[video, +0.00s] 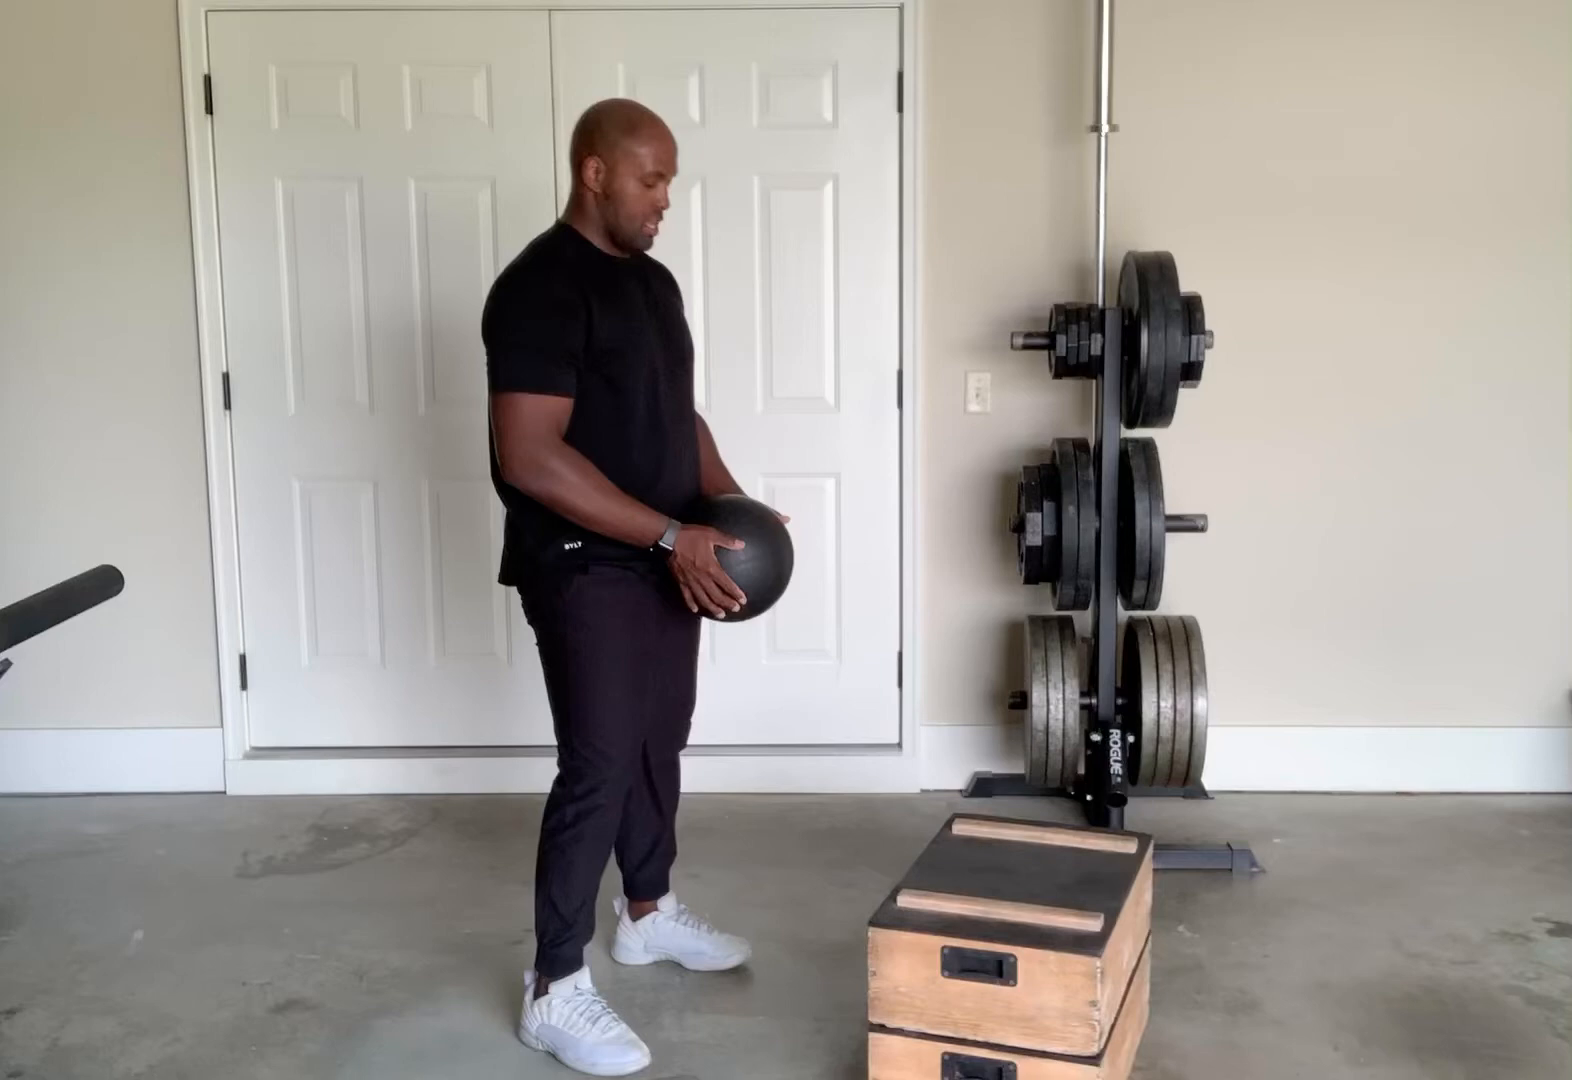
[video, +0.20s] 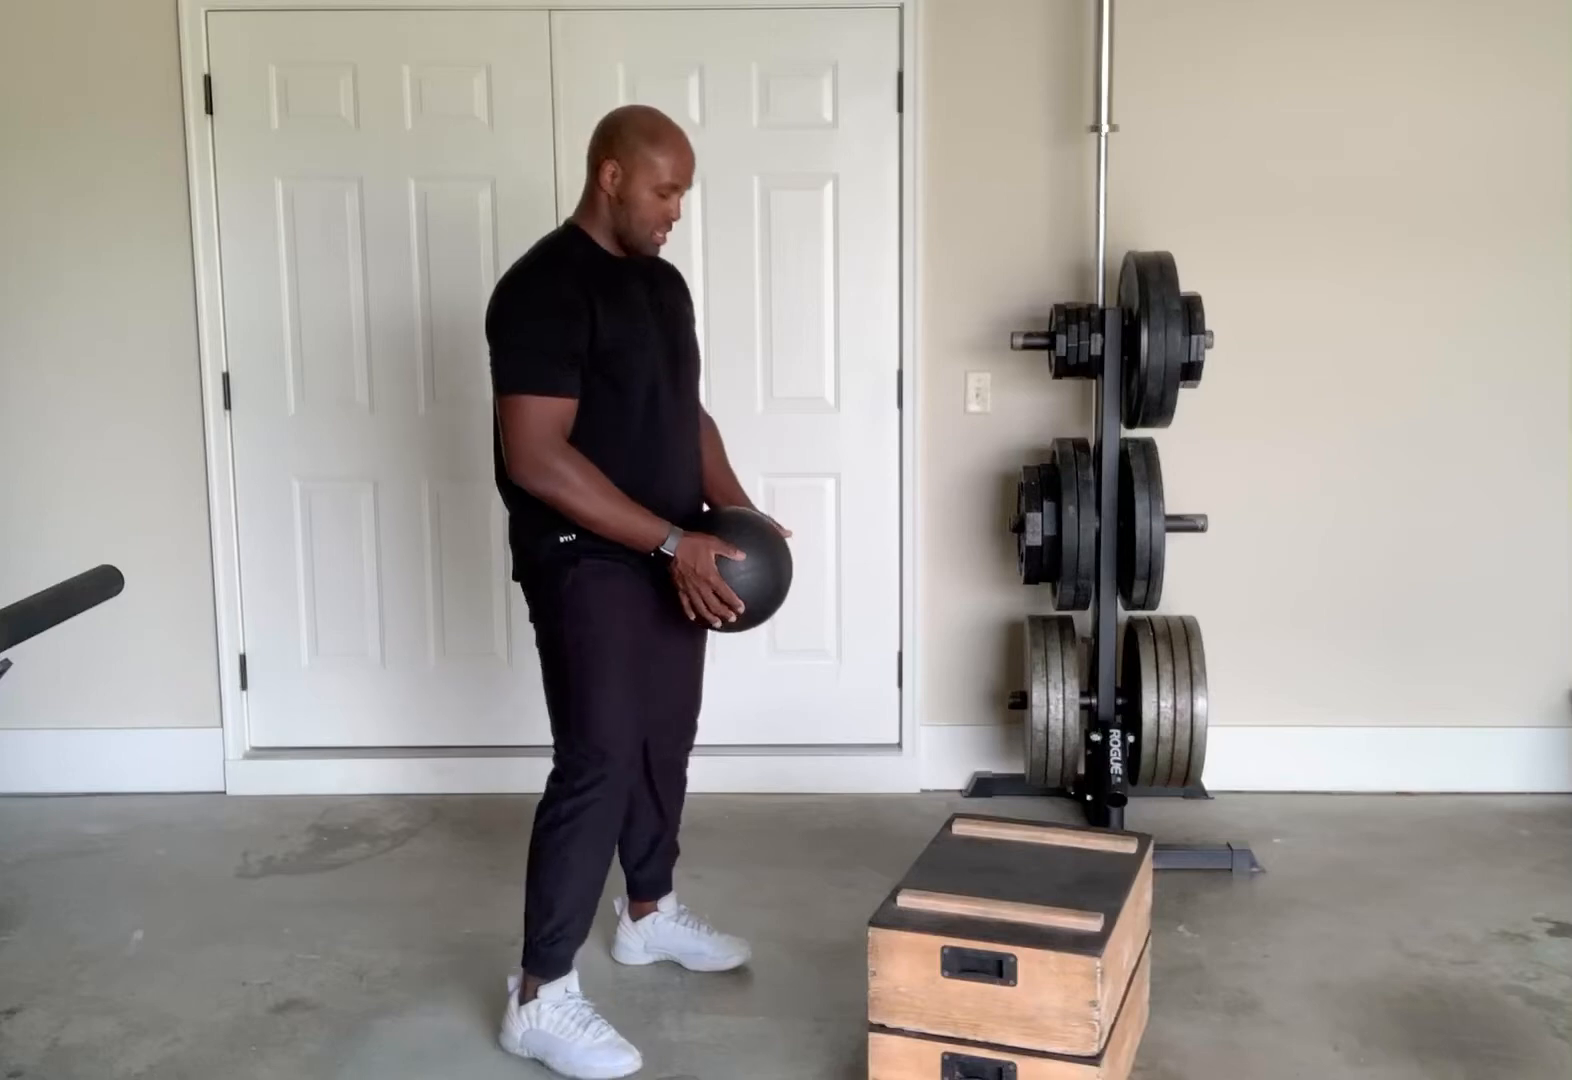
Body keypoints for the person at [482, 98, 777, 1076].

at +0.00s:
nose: (664, 200)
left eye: (670, 182)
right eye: (650, 180)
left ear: (651, 179)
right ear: (590, 172)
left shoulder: (653, 285)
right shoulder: (537, 289)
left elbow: (678, 424)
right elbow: (526, 458)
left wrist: (737, 512)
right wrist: (668, 536)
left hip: (660, 558)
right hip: (580, 566)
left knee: (658, 741)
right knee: (599, 765)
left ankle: (647, 913)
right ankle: (555, 985)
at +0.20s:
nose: (677, 211)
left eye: (683, 193)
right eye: (665, 190)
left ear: (651, 183)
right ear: (609, 175)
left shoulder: (663, 284)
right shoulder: (541, 289)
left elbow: (684, 419)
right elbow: (532, 458)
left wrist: (740, 518)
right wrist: (669, 541)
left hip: (664, 556)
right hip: (582, 561)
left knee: (664, 738)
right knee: (598, 761)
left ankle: (648, 913)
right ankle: (541, 993)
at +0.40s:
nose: (681, 224)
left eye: (689, 206)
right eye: (670, 203)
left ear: (653, 193)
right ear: (616, 184)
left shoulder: (659, 289)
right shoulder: (542, 291)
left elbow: (679, 429)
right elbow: (535, 462)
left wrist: (737, 530)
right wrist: (668, 554)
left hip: (667, 563)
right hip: (581, 569)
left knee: (675, 739)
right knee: (580, 771)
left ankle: (650, 914)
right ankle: (538, 997)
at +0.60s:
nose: (719, 249)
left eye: (729, 233)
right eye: (714, 229)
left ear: (693, 211)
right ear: (663, 200)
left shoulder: (683, 297)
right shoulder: (573, 294)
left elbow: (684, 438)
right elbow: (560, 469)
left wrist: (730, 560)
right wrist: (667, 589)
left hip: (649, 565)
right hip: (563, 568)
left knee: (667, 732)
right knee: (570, 769)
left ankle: (648, 916)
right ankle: (536, 998)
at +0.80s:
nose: (791, 344)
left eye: (803, 329)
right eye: (788, 323)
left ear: (762, 302)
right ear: (741, 290)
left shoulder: (737, 365)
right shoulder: (646, 360)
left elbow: (709, 496)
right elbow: (603, 542)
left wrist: (711, 638)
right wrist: (650, 683)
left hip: (610, 552)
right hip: (518, 554)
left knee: (657, 716)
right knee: (553, 762)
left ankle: (647, 913)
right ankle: (534, 999)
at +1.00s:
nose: (832, 469)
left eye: (844, 457)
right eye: (831, 450)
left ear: (792, 419)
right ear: (788, 416)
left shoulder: (766, 472)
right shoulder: (687, 465)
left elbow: (717, 602)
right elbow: (625, 651)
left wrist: (687, 743)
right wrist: (618, 781)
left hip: (581, 573)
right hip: (492, 566)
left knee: (673, 707)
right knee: (543, 765)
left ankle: (649, 914)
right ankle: (534, 1001)